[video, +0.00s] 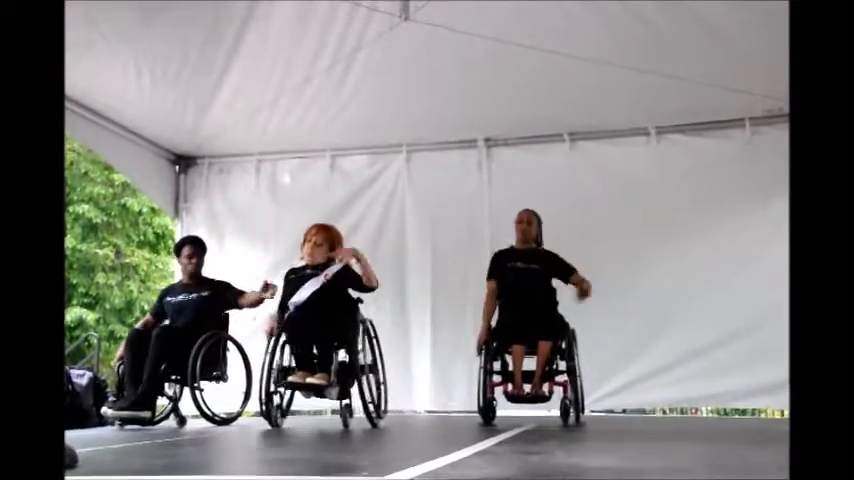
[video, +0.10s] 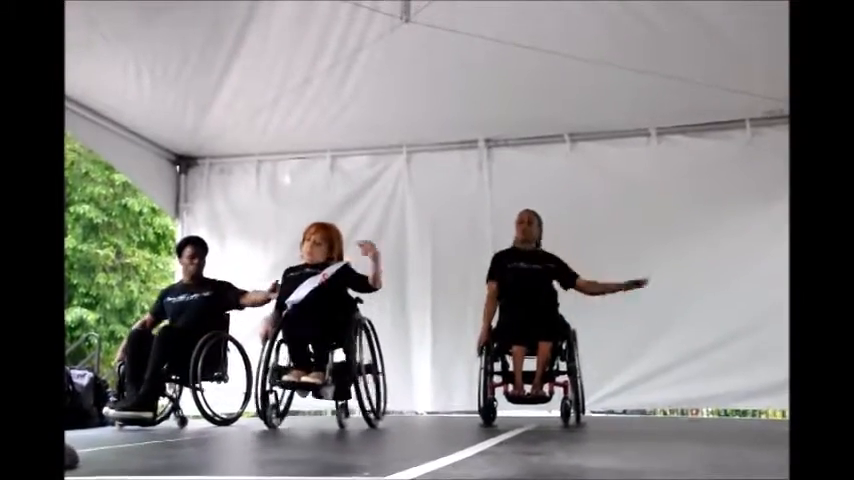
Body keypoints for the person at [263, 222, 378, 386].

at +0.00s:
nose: (310, 248)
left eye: (318, 245)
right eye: (308, 242)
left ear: (331, 253)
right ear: (303, 246)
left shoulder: (340, 271)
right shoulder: (293, 274)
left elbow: (370, 286)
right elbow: (284, 306)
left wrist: (359, 258)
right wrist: (275, 324)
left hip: (334, 318)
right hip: (305, 319)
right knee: (294, 320)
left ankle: (323, 373)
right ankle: (303, 370)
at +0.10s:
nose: (309, 247)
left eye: (317, 244)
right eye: (307, 241)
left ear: (331, 251)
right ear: (302, 245)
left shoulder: (339, 270)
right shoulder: (291, 273)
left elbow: (372, 285)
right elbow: (280, 305)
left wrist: (374, 258)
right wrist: (270, 325)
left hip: (332, 318)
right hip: (302, 317)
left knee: (319, 323)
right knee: (291, 320)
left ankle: (318, 371)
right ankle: (299, 368)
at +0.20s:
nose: (309, 246)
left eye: (317, 242)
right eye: (306, 240)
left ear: (331, 248)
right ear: (301, 245)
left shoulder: (339, 271)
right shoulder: (291, 272)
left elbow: (372, 285)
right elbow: (276, 304)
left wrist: (386, 258)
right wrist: (265, 325)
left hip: (329, 317)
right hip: (299, 316)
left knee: (315, 323)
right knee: (288, 319)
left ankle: (314, 371)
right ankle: (295, 368)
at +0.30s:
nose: (308, 243)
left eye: (317, 241)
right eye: (306, 238)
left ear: (330, 249)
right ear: (301, 241)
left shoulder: (337, 270)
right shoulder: (287, 271)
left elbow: (372, 285)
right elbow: (272, 306)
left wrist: (397, 259)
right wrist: (256, 327)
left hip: (324, 318)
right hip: (292, 317)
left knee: (295, 318)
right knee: (280, 316)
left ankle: (300, 371)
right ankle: (285, 369)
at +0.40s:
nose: (306, 242)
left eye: (315, 239)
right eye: (304, 237)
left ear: (329, 247)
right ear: (300, 241)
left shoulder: (336, 269)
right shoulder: (285, 270)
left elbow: (370, 285)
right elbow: (268, 305)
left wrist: (397, 260)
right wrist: (251, 331)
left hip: (318, 318)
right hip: (286, 317)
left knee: (287, 317)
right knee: (271, 316)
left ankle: (289, 372)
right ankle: (278, 369)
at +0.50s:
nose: (302, 241)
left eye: (310, 237)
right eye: (301, 235)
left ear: (326, 243)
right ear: (297, 238)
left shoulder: (332, 268)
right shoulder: (285, 269)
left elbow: (361, 286)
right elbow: (267, 302)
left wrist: (385, 259)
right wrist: (248, 328)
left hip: (314, 317)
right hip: (284, 315)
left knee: (273, 317)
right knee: (263, 319)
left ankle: (274, 373)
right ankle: (270, 371)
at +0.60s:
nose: (295, 237)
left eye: (303, 234)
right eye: (297, 233)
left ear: (320, 240)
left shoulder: (328, 265)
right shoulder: (286, 267)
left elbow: (347, 289)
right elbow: (268, 300)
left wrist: (368, 261)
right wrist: (244, 327)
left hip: (311, 314)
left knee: (263, 318)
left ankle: (263, 372)